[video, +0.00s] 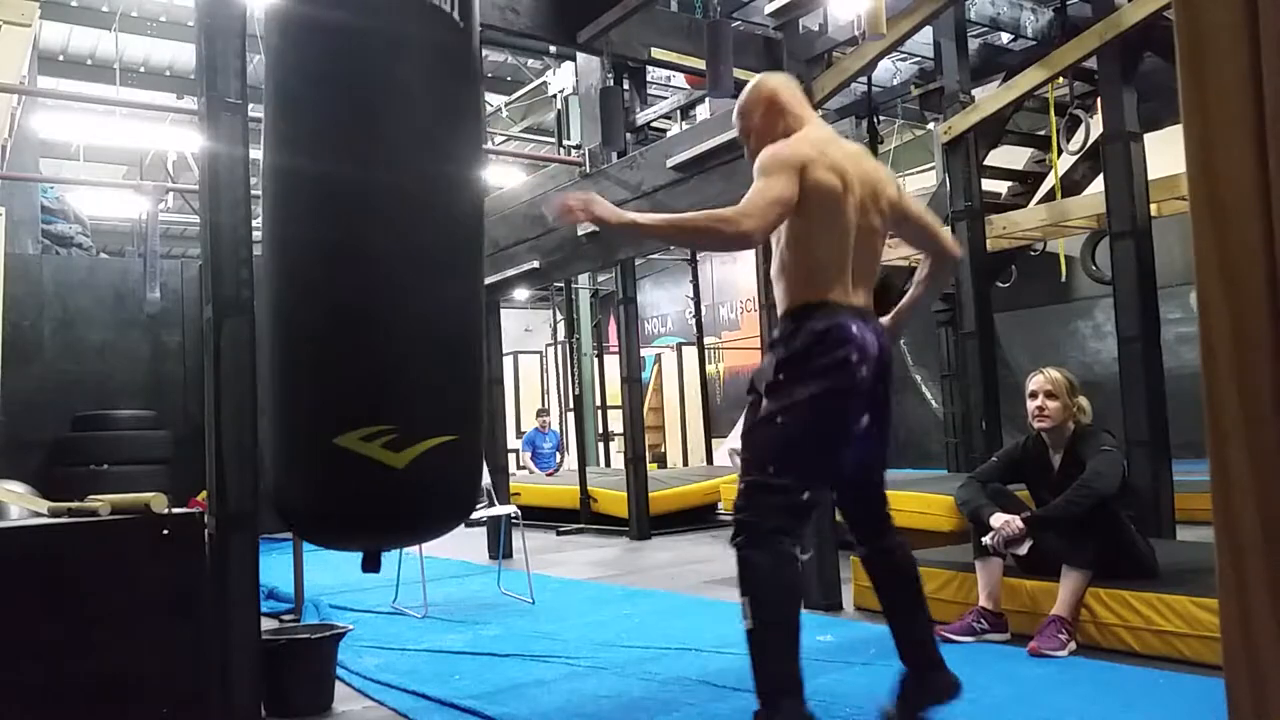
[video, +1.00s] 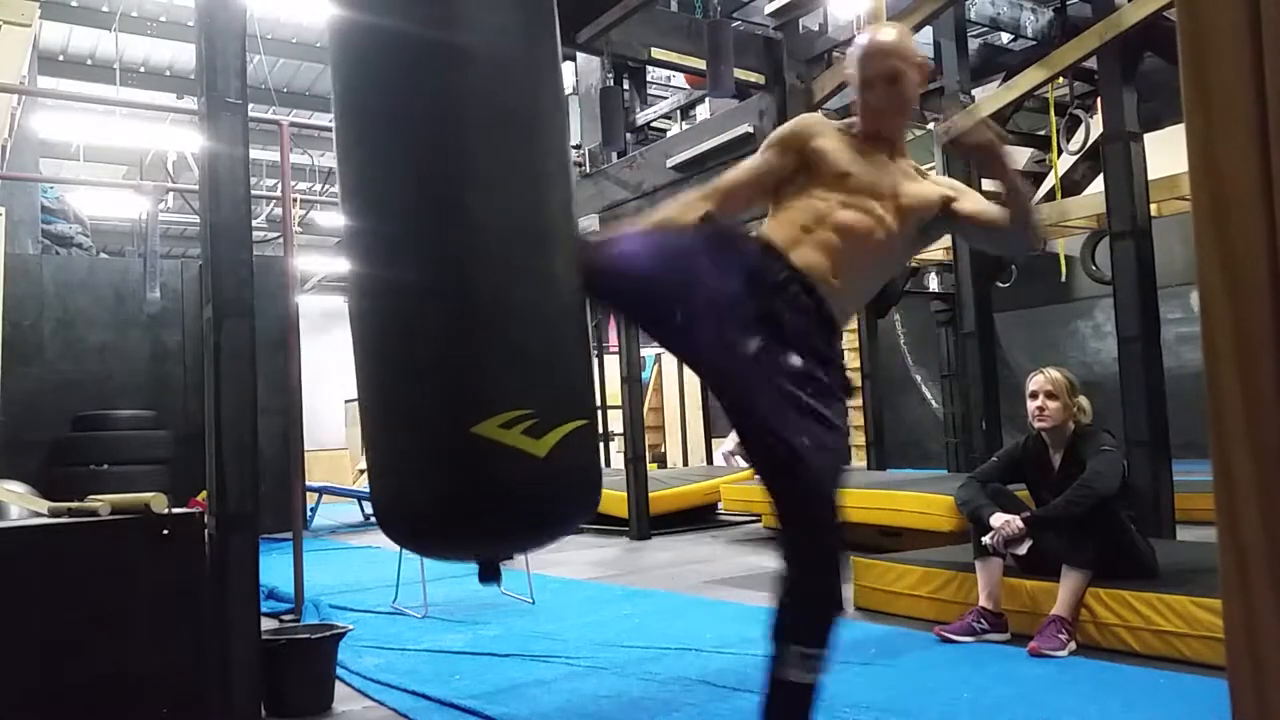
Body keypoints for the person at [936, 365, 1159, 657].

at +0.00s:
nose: (1040, 404)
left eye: (1051, 396)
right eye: (1033, 397)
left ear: (1071, 405)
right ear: (1026, 406)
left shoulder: (1097, 441)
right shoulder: (1026, 449)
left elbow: (1100, 485)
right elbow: (967, 488)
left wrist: (1027, 522)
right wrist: (993, 517)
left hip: (1118, 560)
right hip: (1058, 557)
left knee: (1092, 505)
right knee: (989, 495)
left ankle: (1061, 621)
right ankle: (989, 612)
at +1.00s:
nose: (1040, 404)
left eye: (1051, 397)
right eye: (1033, 397)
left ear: (1071, 406)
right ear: (1026, 406)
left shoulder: (1098, 442)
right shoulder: (1027, 449)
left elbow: (1100, 486)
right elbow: (967, 488)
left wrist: (1027, 521)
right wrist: (992, 516)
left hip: (1118, 560)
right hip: (1057, 556)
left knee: (1091, 505)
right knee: (990, 495)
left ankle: (1061, 621)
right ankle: (989, 612)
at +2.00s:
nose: (1041, 404)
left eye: (1052, 396)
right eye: (1034, 396)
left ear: (1072, 406)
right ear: (1026, 405)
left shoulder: (1098, 443)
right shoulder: (1026, 449)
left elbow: (1100, 485)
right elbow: (968, 488)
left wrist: (1026, 522)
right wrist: (992, 516)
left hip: (1118, 559)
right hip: (1059, 556)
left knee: (1088, 505)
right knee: (988, 495)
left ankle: (1061, 621)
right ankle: (989, 612)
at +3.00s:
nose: (1041, 404)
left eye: (1052, 397)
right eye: (1034, 397)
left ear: (1072, 406)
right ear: (1026, 406)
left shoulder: (1097, 442)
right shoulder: (1027, 449)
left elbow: (1100, 485)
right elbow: (968, 488)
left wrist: (1027, 522)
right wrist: (992, 516)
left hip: (1117, 559)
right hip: (1059, 556)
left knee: (1087, 504)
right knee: (988, 495)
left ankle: (1061, 621)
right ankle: (989, 612)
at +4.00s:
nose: (1042, 404)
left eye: (1052, 397)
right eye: (1035, 396)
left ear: (1072, 406)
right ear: (1027, 405)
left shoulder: (1098, 442)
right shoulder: (1027, 448)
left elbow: (1099, 486)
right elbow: (967, 488)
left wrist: (1027, 523)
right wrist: (993, 517)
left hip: (1117, 559)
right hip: (1058, 556)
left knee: (1090, 505)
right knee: (988, 496)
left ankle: (1061, 621)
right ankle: (989, 612)